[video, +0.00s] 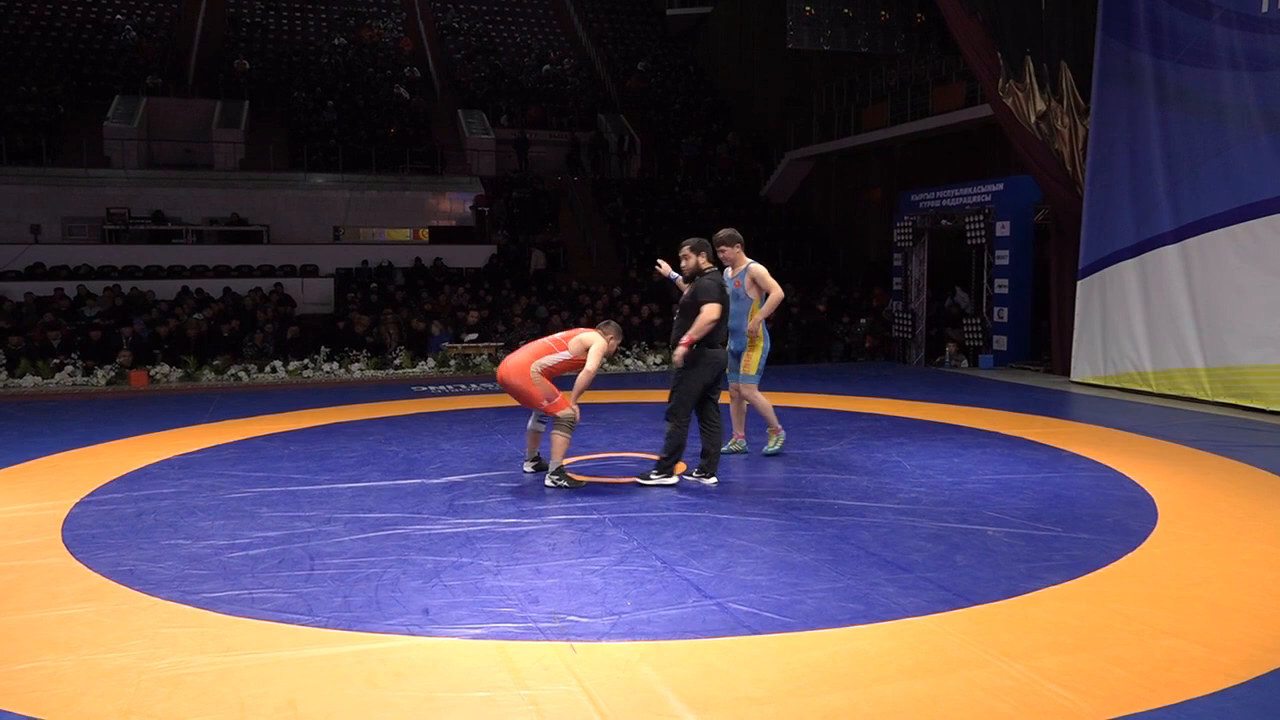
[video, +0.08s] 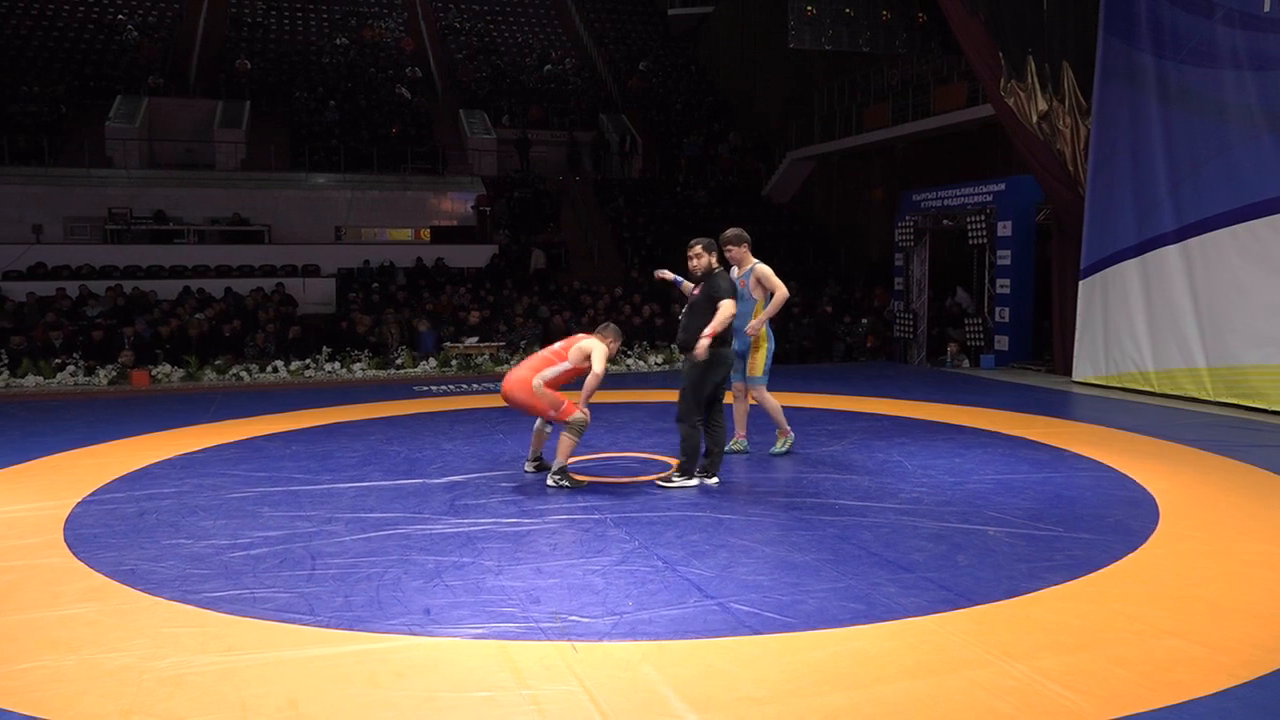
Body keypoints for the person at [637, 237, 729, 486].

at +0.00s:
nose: (682, 263)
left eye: (686, 258)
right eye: (681, 259)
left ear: (702, 257)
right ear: (701, 259)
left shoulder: (707, 282)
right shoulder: (710, 279)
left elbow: (711, 315)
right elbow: (692, 295)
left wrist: (685, 343)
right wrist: (672, 276)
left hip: (700, 355)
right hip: (713, 354)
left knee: (677, 411)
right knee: (708, 413)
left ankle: (665, 469)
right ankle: (707, 470)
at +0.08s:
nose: (693, 262)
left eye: (698, 257)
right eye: (690, 258)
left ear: (713, 257)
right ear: (691, 260)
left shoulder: (719, 279)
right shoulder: (707, 280)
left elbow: (728, 309)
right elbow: (695, 293)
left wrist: (705, 337)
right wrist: (674, 278)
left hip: (707, 356)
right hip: (714, 355)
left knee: (688, 412)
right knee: (712, 415)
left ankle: (687, 471)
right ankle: (710, 470)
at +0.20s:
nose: (708, 262)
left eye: (713, 256)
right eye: (704, 258)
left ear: (726, 257)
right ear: (701, 261)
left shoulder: (732, 278)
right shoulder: (711, 284)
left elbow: (748, 293)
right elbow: (705, 303)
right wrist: (687, 296)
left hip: (721, 354)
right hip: (708, 354)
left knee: (707, 411)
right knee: (713, 412)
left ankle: (722, 469)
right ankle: (713, 464)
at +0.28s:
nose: (717, 262)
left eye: (722, 257)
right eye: (712, 258)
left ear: (733, 258)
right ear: (707, 262)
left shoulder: (739, 279)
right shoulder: (714, 285)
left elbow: (752, 286)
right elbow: (712, 312)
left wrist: (763, 287)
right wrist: (697, 305)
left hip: (728, 354)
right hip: (713, 354)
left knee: (717, 412)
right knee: (716, 413)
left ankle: (749, 465)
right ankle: (713, 467)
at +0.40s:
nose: (730, 263)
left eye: (736, 257)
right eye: (726, 258)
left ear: (746, 259)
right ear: (720, 262)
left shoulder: (754, 280)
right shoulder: (723, 287)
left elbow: (775, 285)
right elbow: (708, 306)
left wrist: (785, 268)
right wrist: (704, 304)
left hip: (740, 357)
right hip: (722, 357)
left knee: (735, 415)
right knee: (721, 416)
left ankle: (782, 460)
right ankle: (714, 470)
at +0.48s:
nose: (740, 265)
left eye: (745, 259)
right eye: (735, 260)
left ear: (757, 259)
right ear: (730, 263)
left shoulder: (766, 282)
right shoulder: (734, 287)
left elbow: (788, 283)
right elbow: (719, 307)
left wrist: (795, 259)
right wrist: (714, 305)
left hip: (752, 360)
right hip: (734, 360)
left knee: (752, 421)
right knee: (728, 420)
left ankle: (795, 467)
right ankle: (714, 471)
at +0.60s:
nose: (755, 267)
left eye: (760, 261)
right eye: (750, 263)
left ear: (772, 262)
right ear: (746, 267)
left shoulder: (784, 284)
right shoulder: (750, 291)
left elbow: (806, 282)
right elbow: (737, 309)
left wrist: (809, 254)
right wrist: (731, 310)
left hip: (775, 365)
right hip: (757, 366)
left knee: (780, 427)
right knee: (744, 423)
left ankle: (813, 480)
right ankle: (719, 472)